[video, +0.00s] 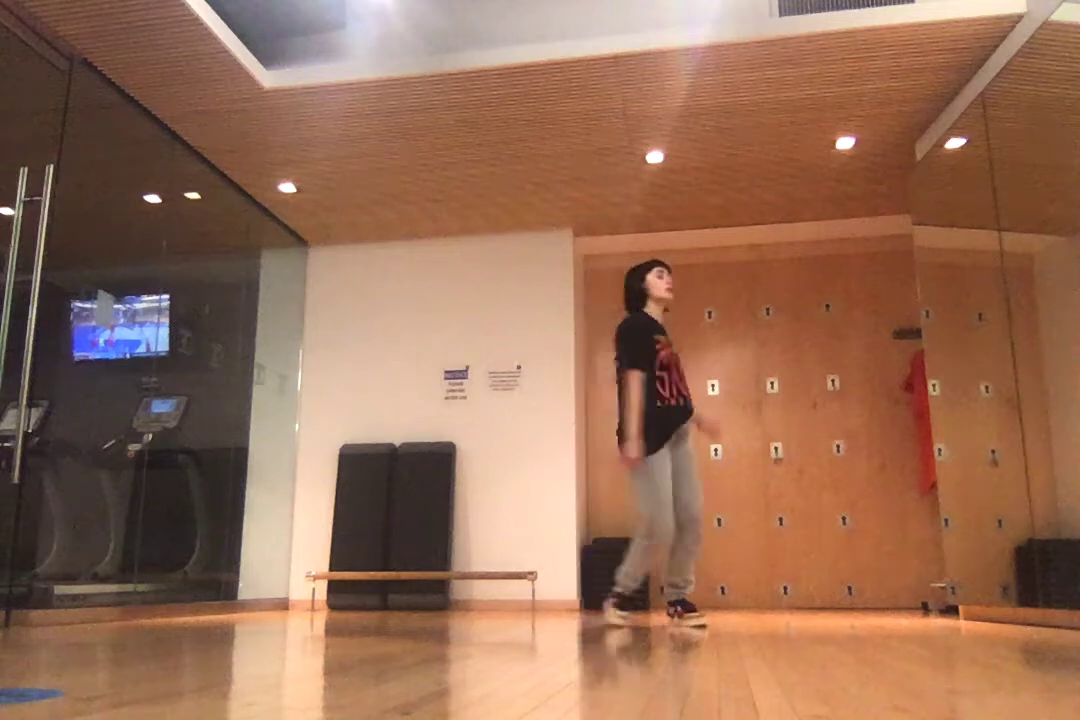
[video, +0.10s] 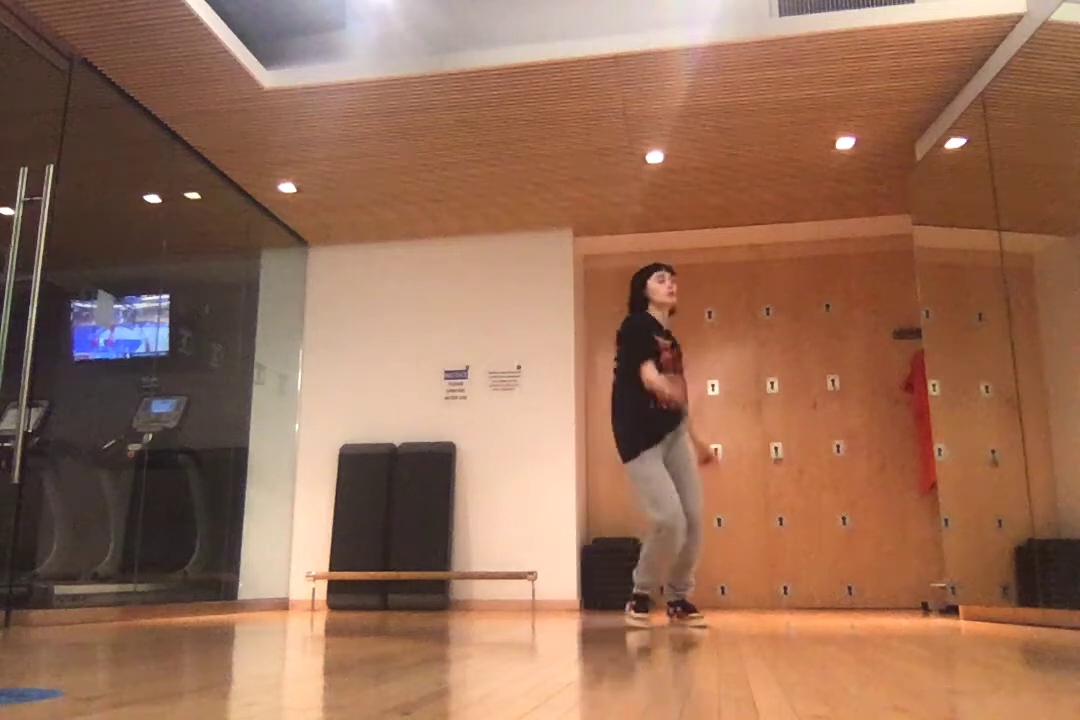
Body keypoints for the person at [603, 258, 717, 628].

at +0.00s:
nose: (669, 280)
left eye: (669, 275)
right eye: (660, 275)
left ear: (665, 287)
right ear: (642, 285)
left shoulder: (659, 328)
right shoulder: (634, 326)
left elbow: (670, 382)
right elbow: (633, 382)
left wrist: (697, 417)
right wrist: (632, 436)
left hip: (677, 431)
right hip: (648, 437)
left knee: (689, 518)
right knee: (658, 524)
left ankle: (678, 600)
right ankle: (620, 596)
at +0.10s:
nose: (670, 285)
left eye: (673, 279)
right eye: (661, 279)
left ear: (676, 290)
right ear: (643, 289)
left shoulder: (668, 338)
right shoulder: (636, 326)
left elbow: (680, 398)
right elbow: (645, 373)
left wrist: (698, 444)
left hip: (673, 431)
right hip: (639, 439)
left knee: (692, 516)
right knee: (669, 518)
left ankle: (677, 598)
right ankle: (641, 595)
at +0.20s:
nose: (673, 274)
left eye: (676, 268)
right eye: (664, 268)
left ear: (680, 278)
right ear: (646, 276)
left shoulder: (674, 323)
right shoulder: (632, 306)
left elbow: (666, 380)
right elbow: (622, 340)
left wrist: (691, 402)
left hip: (665, 417)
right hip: (628, 423)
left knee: (680, 505)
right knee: (656, 501)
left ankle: (677, 593)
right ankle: (633, 587)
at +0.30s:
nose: (679, 266)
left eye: (682, 260)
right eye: (670, 260)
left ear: (683, 271)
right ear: (648, 267)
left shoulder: (668, 312)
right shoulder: (630, 297)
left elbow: (648, 356)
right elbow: (584, 311)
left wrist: (673, 370)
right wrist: (624, 285)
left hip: (655, 408)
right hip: (619, 411)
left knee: (674, 500)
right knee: (636, 502)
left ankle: (657, 585)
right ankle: (604, 598)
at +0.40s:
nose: (669, 265)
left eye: (673, 260)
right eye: (660, 259)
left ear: (677, 270)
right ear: (642, 265)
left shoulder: (656, 304)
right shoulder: (623, 295)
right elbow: (572, 322)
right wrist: (604, 287)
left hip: (653, 412)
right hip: (617, 416)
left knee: (668, 501)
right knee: (625, 505)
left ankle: (630, 594)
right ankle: (600, 603)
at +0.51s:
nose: (646, 267)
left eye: (650, 261)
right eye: (636, 262)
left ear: (657, 268)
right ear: (621, 269)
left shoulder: (644, 306)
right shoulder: (612, 301)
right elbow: (573, 328)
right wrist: (594, 285)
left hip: (652, 414)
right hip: (619, 419)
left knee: (661, 509)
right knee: (634, 506)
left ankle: (624, 596)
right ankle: (599, 603)